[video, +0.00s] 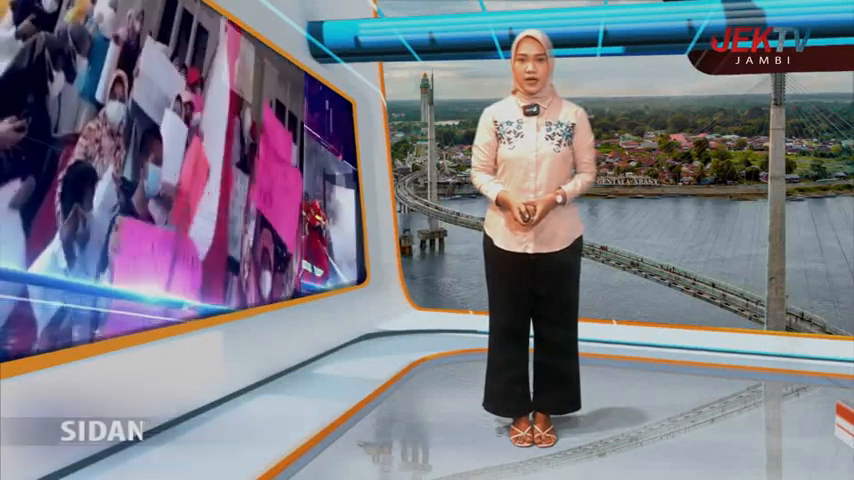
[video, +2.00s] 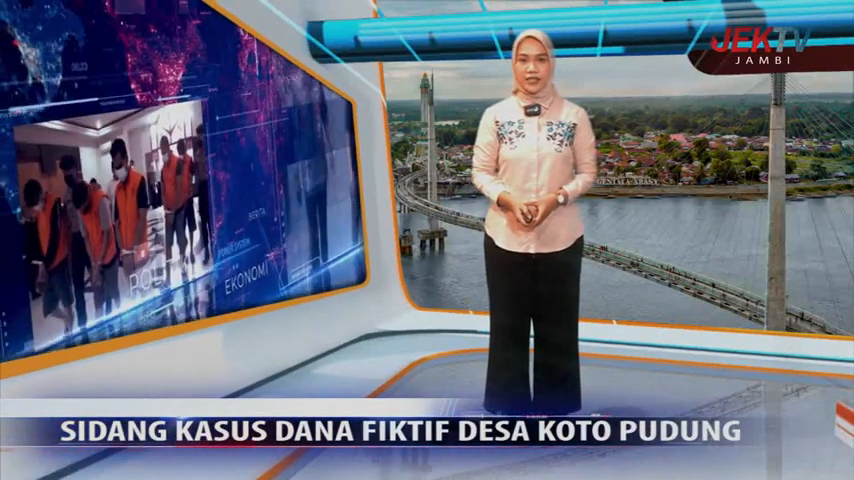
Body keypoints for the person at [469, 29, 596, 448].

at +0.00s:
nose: (531, 67)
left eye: (539, 59)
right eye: (523, 59)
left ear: (551, 64)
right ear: (512, 64)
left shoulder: (573, 115)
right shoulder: (494, 115)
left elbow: (587, 173)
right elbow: (480, 172)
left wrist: (555, 199)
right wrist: (506, 199)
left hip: (558, 241)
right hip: (506, 242)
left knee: (554, 328)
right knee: (510, 328)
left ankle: (543, 413)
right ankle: (519, 414)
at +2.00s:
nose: (532, 67)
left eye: (540, 59)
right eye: (523, 59)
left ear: (552, 65)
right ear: (513, 65)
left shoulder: (574, 116)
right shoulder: (495, 116)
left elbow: (587, 174)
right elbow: (481, 172)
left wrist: (554, 199)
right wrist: (509, 201)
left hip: (559, 244)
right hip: (506, 245)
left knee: (558, 338)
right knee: (508, 337)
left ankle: (557, 422)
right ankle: (506, 423)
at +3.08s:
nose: (531, 67)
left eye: (539, 59)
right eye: (523, 59)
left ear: (551, 65)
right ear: (513, 65)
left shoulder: (573, 116)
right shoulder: (494, 116)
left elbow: (587, 173)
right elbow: (479, 172)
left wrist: (553, 199)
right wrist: (508, 201)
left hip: (559, 243)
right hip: (506, 244)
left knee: (558, 338)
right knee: (507, 337)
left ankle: (558, 423)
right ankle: (506, 422)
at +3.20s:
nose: (531, 67)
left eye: (539, 59)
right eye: (523, 60)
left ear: (551, 65)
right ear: (513, 65)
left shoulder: (573, 116)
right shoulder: (494, 116)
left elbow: (587, 173)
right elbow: (479, 171)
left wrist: (553, 199)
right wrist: (508, 201)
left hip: (559, 243)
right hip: (506, 244)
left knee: (558, 338)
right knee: (507, 337)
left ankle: (557, 422)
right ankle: (506, 422)